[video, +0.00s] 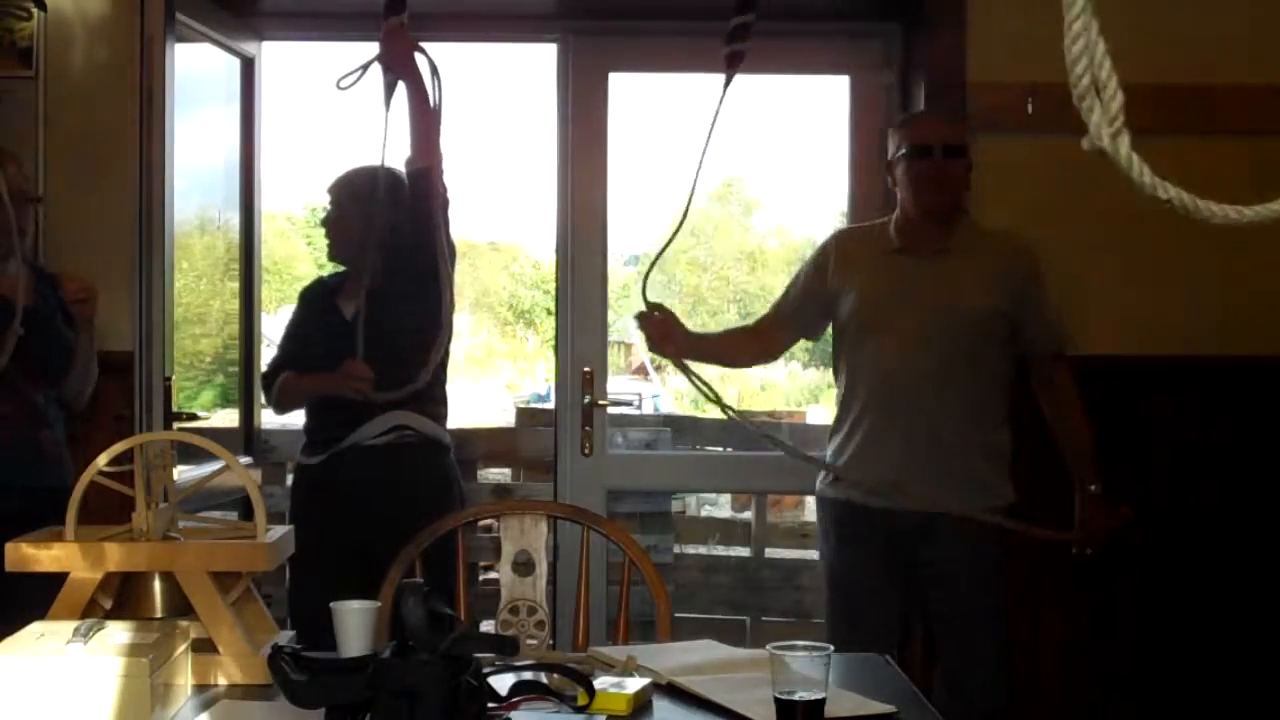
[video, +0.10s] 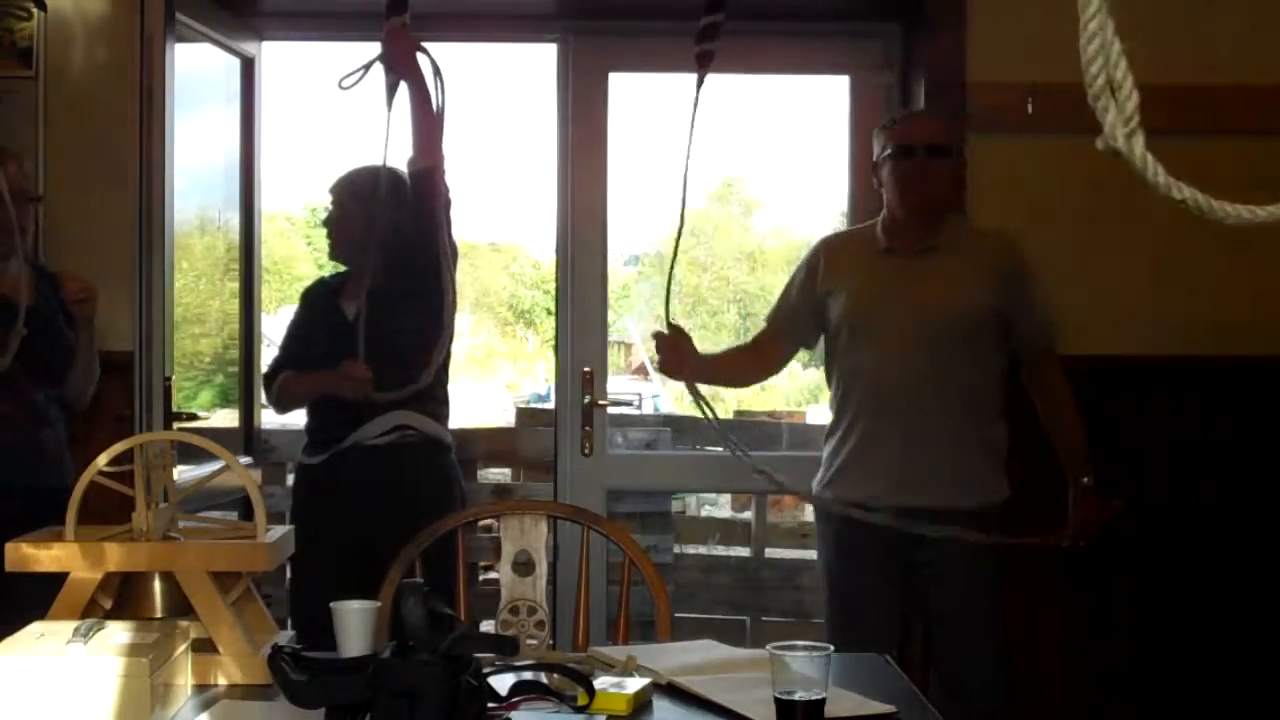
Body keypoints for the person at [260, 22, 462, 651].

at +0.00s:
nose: (326, 222)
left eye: (338, 211)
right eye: (329, 211)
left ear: (379, 219)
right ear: (350, 221)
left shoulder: (420, 285)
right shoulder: (317, 299)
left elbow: (426, 168)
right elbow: (279, 393)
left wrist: (410, 73)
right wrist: (333, 381)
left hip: (409, 481)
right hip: (326, 482)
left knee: (412, 628)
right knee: (322, 634)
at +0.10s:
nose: (327, 222)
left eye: (339, 211)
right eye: (330, 211)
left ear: (381, 218)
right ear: (353, 221)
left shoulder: (422, 284)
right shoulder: (319, 299)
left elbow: (428, 168)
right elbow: (279, 392)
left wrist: (412, 72)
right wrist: (331, 380)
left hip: (412, 481)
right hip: (328, 482)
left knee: (416, 634)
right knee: (323, 640)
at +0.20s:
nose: (329, 221)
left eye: (341, 210)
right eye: (332, 210)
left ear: (383, 217)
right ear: (356, 219)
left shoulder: (423, 282)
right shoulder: (321, 299)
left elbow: (430, 167)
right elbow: (280, 394)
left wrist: (414, 73)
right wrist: (324, 377)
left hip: (413, 483)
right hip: (329, 484)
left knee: (416, 632)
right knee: (324, 639)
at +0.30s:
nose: (331, 221)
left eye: (343, 210)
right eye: (334, 210)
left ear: (384, 217)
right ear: (357, 219)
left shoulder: (425, 279)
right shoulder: (323, 298)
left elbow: (432, 166)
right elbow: (281, 394)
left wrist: (415, 73)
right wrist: (318, 369)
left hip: (414, 475)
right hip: (330, 477)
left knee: (417, 627)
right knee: (325, 638)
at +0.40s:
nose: (333, 219)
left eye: (345, 208)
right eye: (336, 208)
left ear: (385, 215)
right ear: (358, 216)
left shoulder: (428, 278)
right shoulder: (327, 296)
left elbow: (434, 166)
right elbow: (282, 392)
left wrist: (418, 73)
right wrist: (309, 341)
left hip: (415, 465)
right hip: (333, 468)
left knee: (418, 620)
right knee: (326, 630)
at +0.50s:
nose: (336, 216)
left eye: (349, 204)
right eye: (339, 205)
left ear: (390, 212)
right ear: (358, 214)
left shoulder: (428, 279)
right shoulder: (328, 297)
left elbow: (435, 162)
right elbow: (279, 383)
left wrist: (418, 72)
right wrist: (305, 302)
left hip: (415, 463)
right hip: (333, 465)